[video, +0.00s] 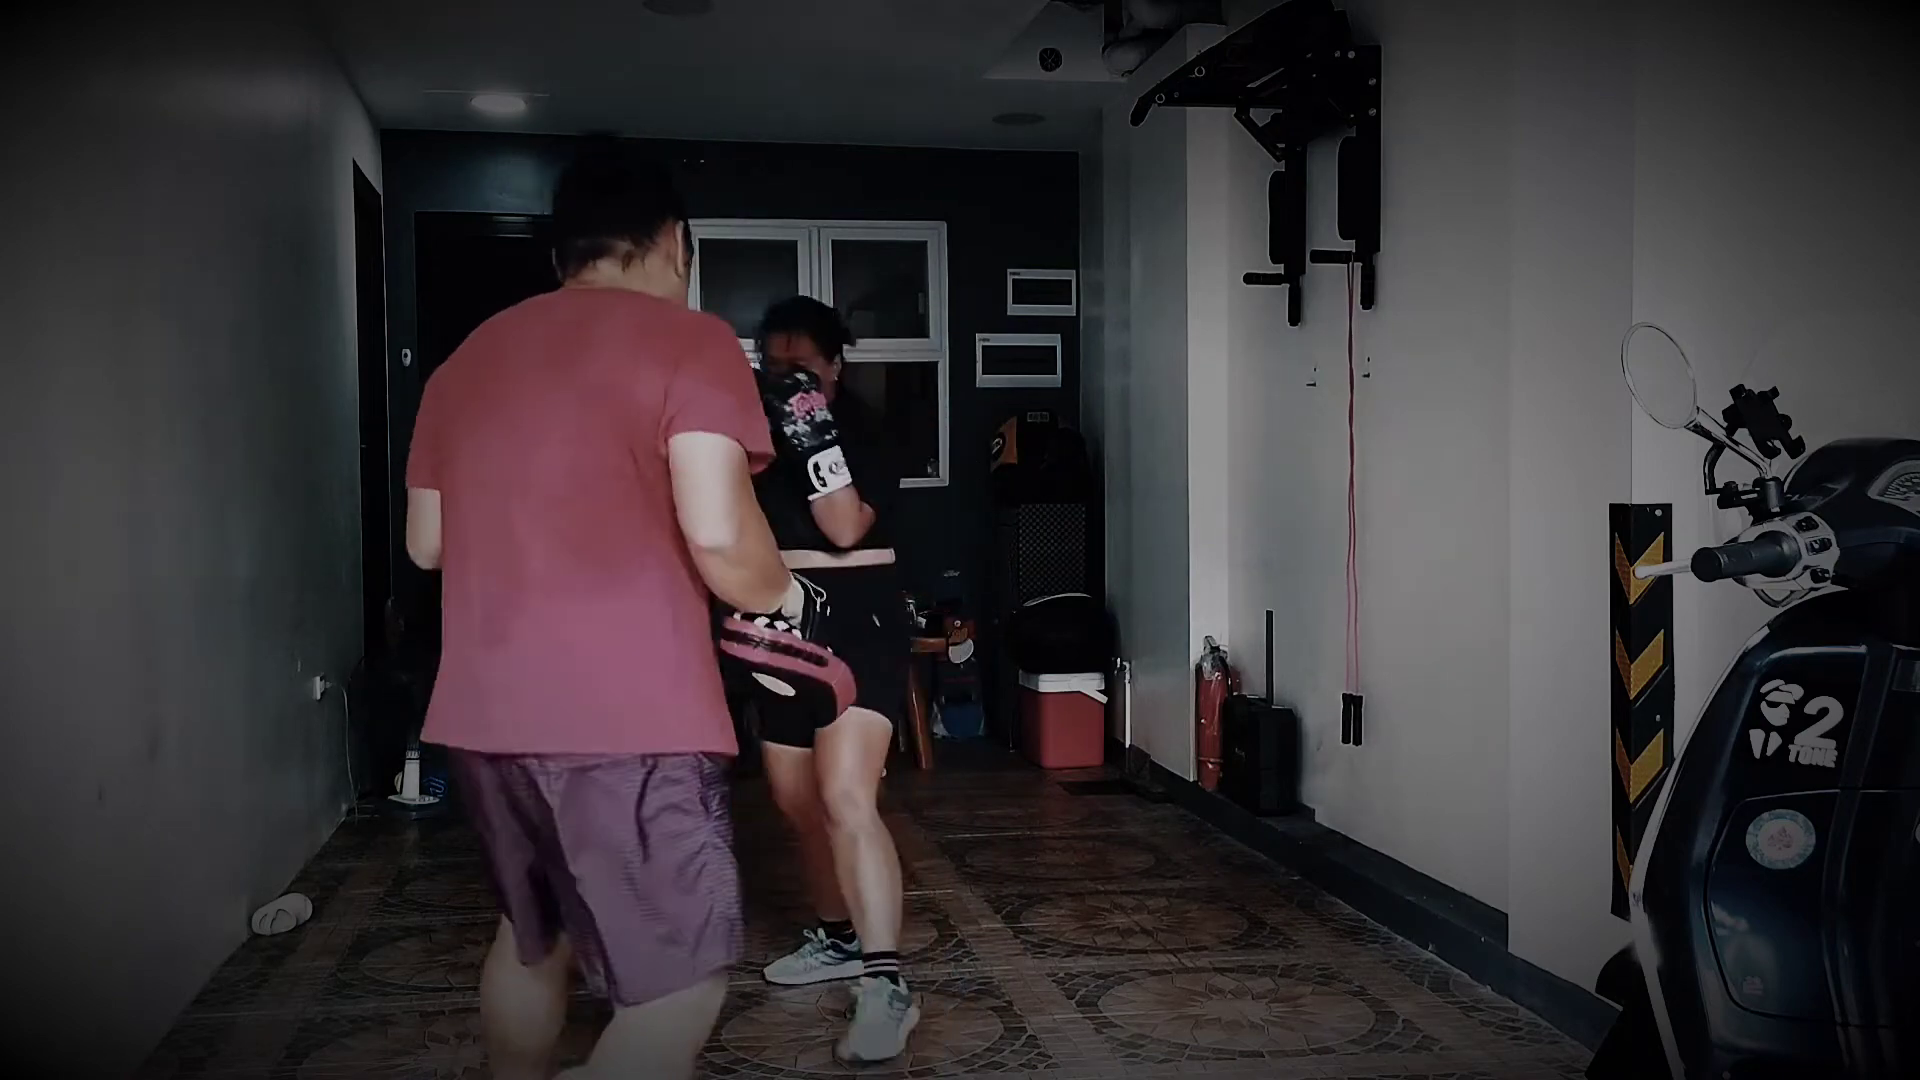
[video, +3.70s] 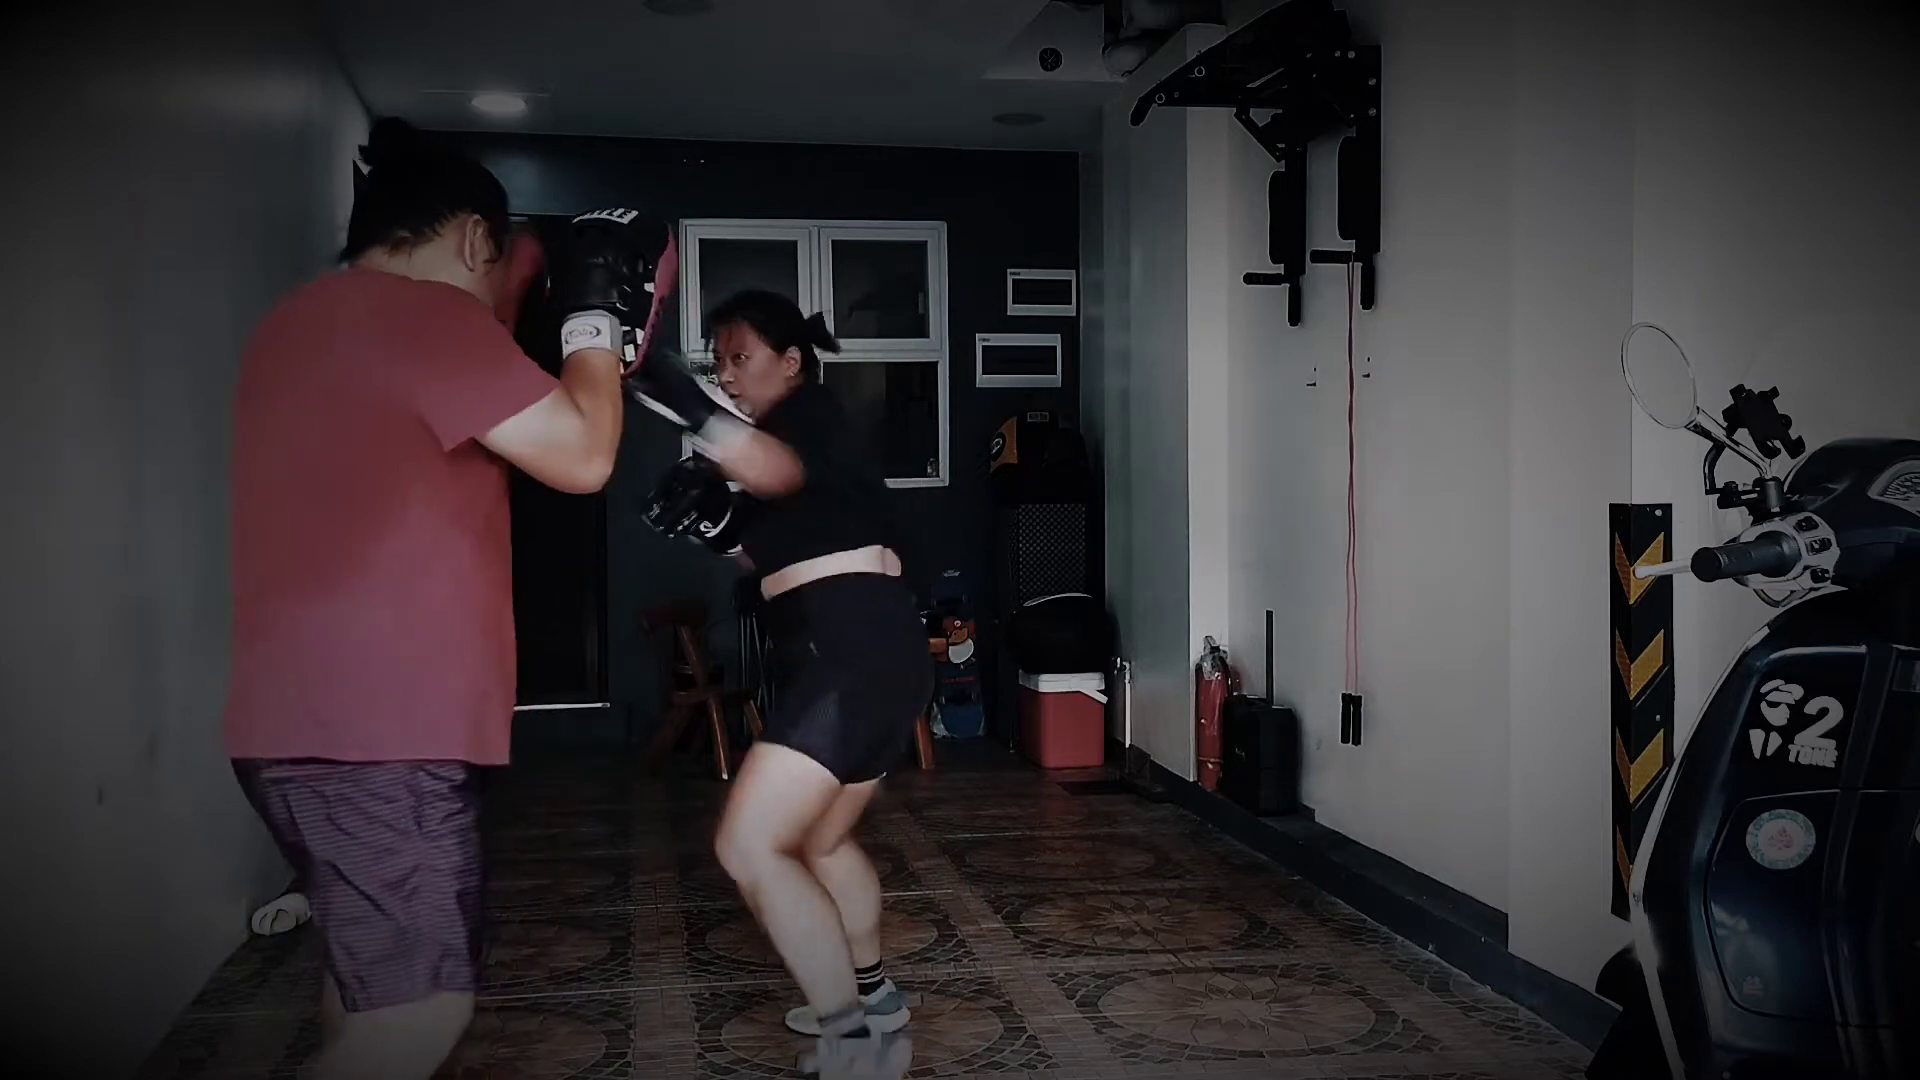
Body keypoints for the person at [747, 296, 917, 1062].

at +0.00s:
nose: (785, 378)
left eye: (799, 365)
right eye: (773, 365)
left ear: (834, 362)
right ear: (756, 365)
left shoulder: (861, 427)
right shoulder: (745, 424)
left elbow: (845, 526)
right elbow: (716, 509)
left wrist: (815, 433)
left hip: (859, 612)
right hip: (769, 611)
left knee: (845, 796)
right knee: (794, 797)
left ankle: (884, 978)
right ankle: (838, 933)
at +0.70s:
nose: (740, 405)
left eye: (754, 389)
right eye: (731, 393)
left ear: (801, 387)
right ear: (729, 399)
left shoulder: (842, 461)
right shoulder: (742, 471)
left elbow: (872, 575)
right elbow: (735, 576)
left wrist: (805, 500)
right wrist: (697, 523)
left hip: (836, 661)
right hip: (771, 661)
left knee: (759, 844)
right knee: (759, 832)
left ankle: (848, 1003)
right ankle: (813, 955)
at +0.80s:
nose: (728, 387)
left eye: (738, 371)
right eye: (724, 374)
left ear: (786, 363)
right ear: (781, 371)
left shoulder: (804, 423)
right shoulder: (799, 432)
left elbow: (720, 448)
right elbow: (770, 565)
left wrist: (638, 382)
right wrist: (702, 531)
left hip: (832, 644)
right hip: (822, 640)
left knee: (740, 843)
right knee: (786, 812)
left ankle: (855, 1000)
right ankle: (812, 954)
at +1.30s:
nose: (775, 374)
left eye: (780, 355)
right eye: (768, 361)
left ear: (828, 343)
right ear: (822, 352)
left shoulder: (857, 412)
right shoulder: (851, 412)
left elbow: (806, 519)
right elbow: (771, 514)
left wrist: (762, 435)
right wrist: (742, 442)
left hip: (876, 636)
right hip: (907, 631)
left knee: (826, 825)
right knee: (905, 819)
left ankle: (872, 1016)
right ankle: (939, 977)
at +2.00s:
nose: (824, 390)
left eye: (841, 375)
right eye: (815, 377)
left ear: (889, 380)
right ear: (807, 386)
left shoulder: (930, 465)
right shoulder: (801, 464)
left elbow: (917, 585)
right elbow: (734, 540)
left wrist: (866, 492)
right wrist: (720, 471)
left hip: (910, 679)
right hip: (821, 674)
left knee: (855, 849)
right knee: (785, 866)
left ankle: (874, 1054)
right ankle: (906, 926)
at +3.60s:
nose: (746, 383)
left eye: (761, 367)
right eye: (739, 369)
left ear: (808, 371)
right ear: (736, 377)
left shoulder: (841, 442)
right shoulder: (751, 463)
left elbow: (894, 553)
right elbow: (724, 567)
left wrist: (816, 489)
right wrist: (694, 524)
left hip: (863, 656)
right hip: (809, 661)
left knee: (732, 811)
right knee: (797, 847)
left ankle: (826, 1004)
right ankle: (871, 991)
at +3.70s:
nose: (728, 377)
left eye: (741, 358)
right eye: (721, 365)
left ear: (791, 357)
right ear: (727, 371)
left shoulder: (812, 414)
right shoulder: (798, 434)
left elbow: (771, 469)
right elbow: (779, 559)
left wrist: (690, 405)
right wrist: (721, 523)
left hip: (848, 649)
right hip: (881, 648)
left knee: (748, 841)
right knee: (823, 840)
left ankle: (849, 1033)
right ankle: (871, 990)